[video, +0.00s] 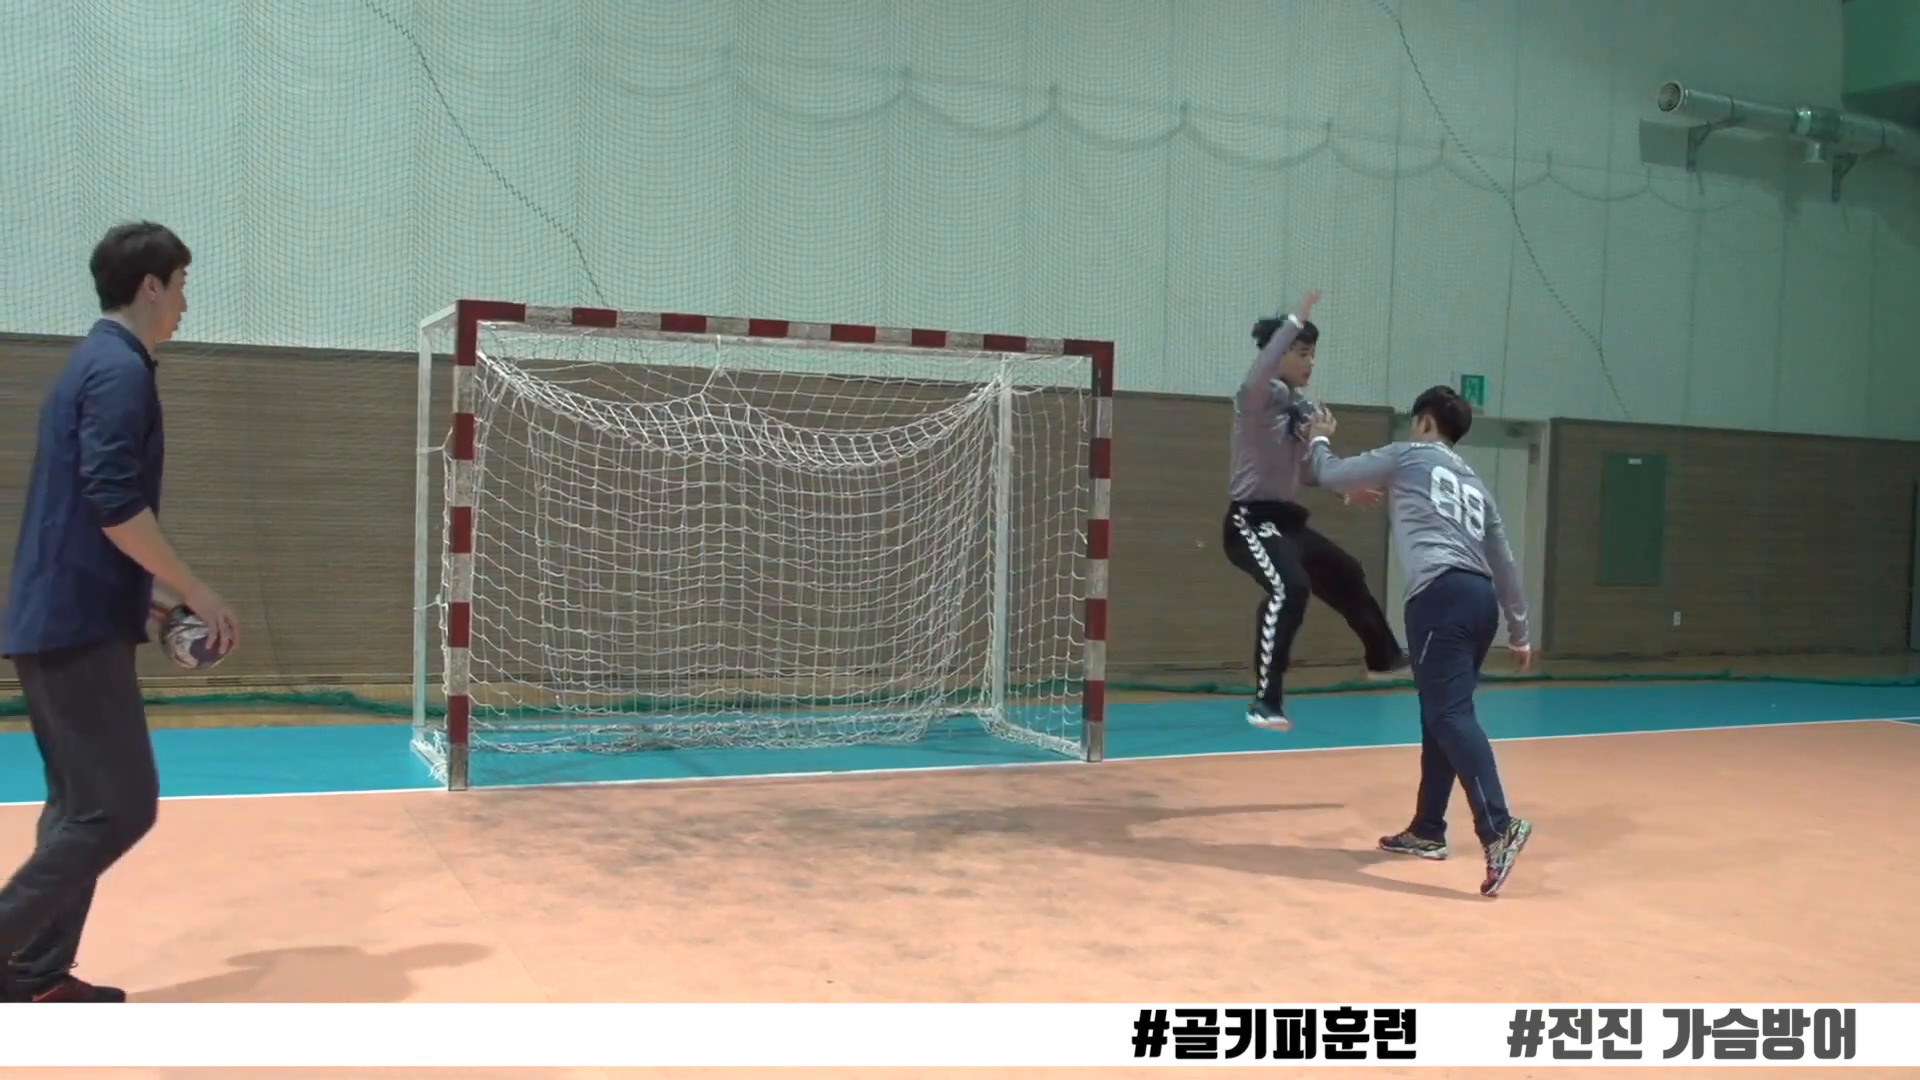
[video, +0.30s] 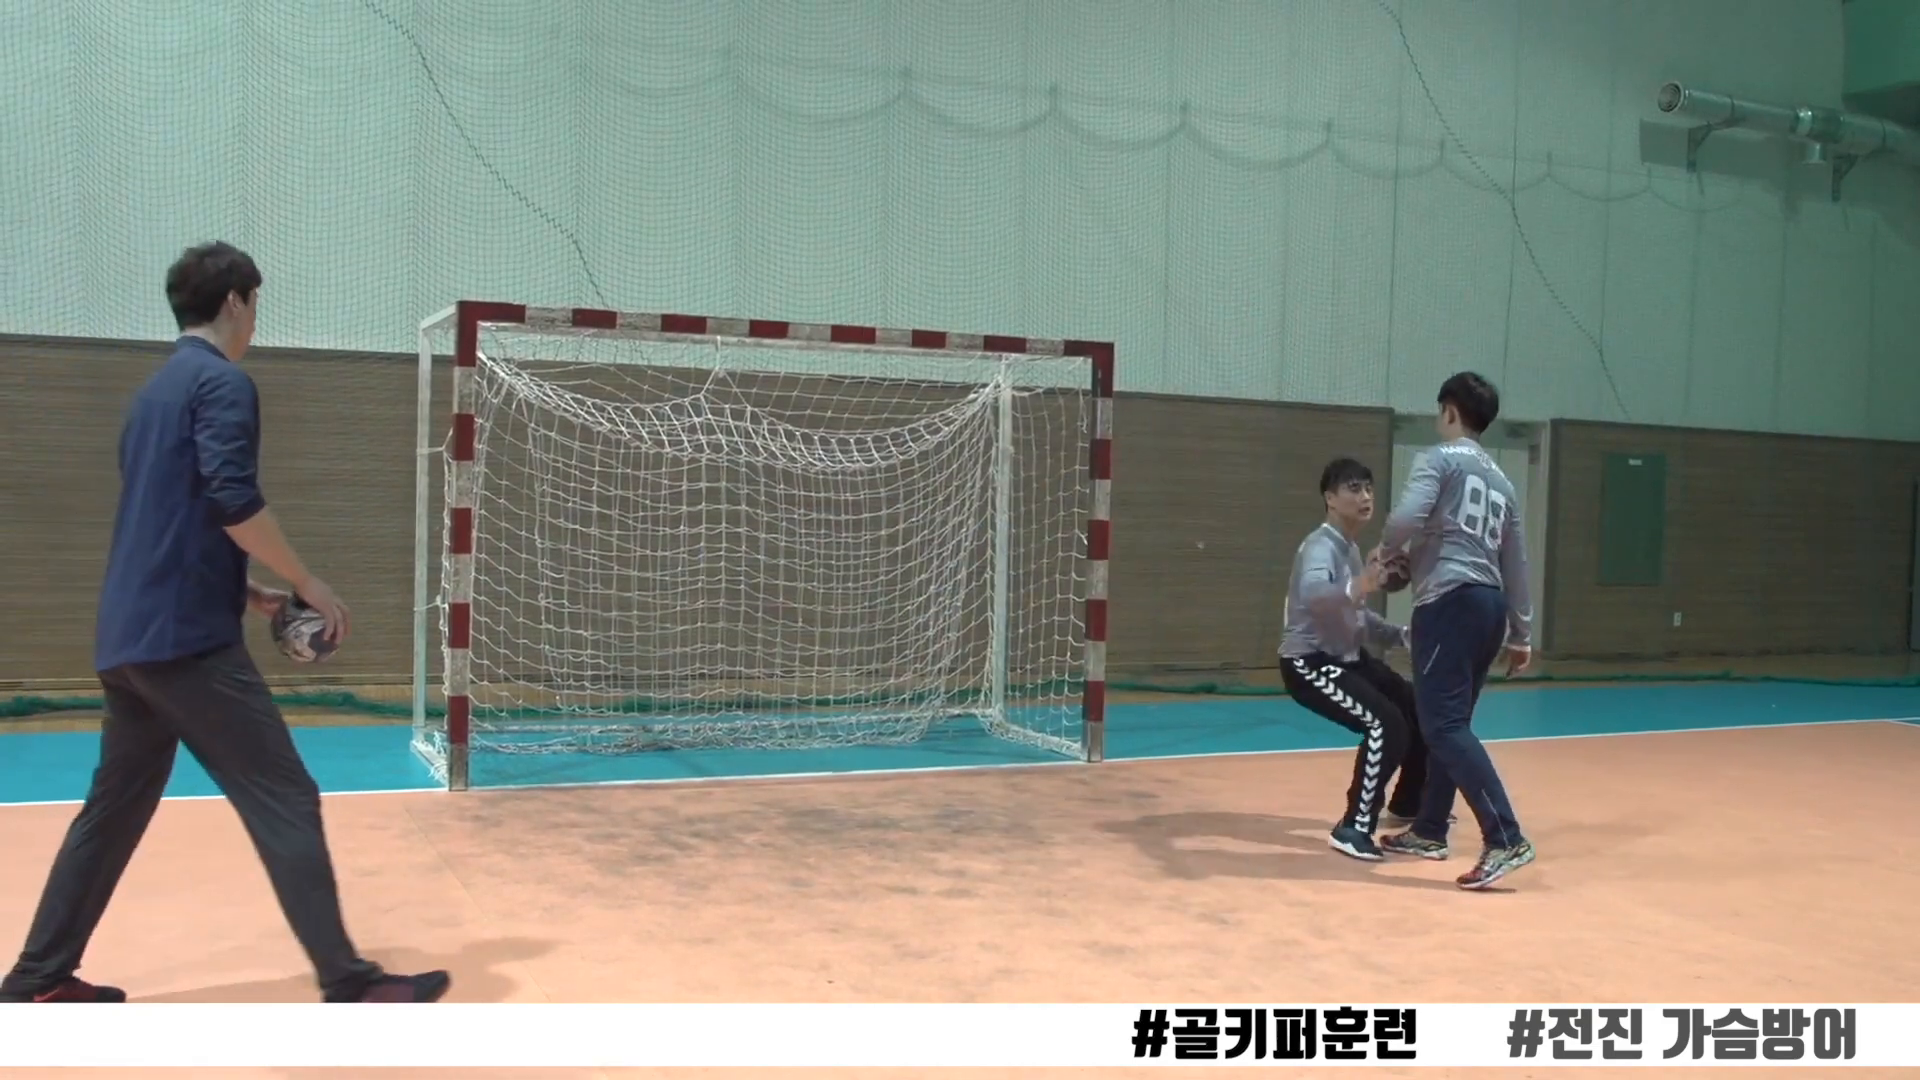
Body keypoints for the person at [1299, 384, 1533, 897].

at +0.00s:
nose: (1410, 430)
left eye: (1413, 422)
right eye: (1413, 423)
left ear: (1425, 423)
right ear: (1457, 433)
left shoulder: (1407, 455)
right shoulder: (1476, 483)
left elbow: (1330, 474)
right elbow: (1503, 560)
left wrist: (1318, 439)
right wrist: (1520, 630)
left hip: (1440, 591)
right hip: (1484, 598)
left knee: (1451, 713)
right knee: (1441, 713)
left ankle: (1498, 827)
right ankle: (1428, 830)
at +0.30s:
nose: (1438, 418)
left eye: (1440, 410)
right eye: (1443, 411)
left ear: (1450, 412)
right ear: (1485, 421)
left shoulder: (1437, 458)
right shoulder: (1503, 481)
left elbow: (1406, 518)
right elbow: (1516, 563)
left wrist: (1388, 554)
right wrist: (1521, 632)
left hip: (1449, 600)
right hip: (1493, 606)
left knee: (1443, 723)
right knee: (1450, 722)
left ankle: (1506, 840)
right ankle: (1429, 832)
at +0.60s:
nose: (1458, 420)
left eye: (1460, 411)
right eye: (1459, 411)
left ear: (1476, 411)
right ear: (1500, 414)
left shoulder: (1486, 460)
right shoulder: (1523, 469)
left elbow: (1479, 526)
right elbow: (1548, 548)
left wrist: (1406, 562)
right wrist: (1565, 613)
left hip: (1499, 613)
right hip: (1517, 610)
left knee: (1487, 736)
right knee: (1469, 727)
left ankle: (1523, 862)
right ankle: (1447, 829)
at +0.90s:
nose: (1498, 407)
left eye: (1503, 398)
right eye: (1501, 397)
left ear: (1521, 403)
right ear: (1535, 406)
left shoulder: (1535, 457)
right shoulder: (1544, 456)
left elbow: (1551, 531)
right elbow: (1553, 533)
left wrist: (1521, 595)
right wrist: (1516, 596)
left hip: (1533, 612)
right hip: (1544, 611)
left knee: (1517, 736)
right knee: (1536, 731)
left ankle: (1524, 861)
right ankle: (1591, 841)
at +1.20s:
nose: (1536, 412)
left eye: (1542, 403)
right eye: (1540, 402)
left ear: (1562, 408)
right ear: (1575, 411)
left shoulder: (1572, 459)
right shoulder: (1591, 463)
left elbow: (1593, 539)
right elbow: (1576, 561)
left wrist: (1568, 620)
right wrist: (1513, 590)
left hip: (1567, 619)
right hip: (1600, 620)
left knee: (1521, 734)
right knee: (1591, 739)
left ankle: (1523, 861)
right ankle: (1606, 863)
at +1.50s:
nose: (1561, 410)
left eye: (1569, 402)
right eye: (1565, 401)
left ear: (1591, 408)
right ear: (1602, 411)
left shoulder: (1593, 462)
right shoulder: (1624, 465)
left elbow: (1576, 541)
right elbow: (1620, 553)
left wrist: (1511, 592)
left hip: (1592, 621)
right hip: (1623, 621)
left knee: (1543, 732)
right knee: (1603, 740)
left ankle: (1562, 865)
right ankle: (1608, 866)